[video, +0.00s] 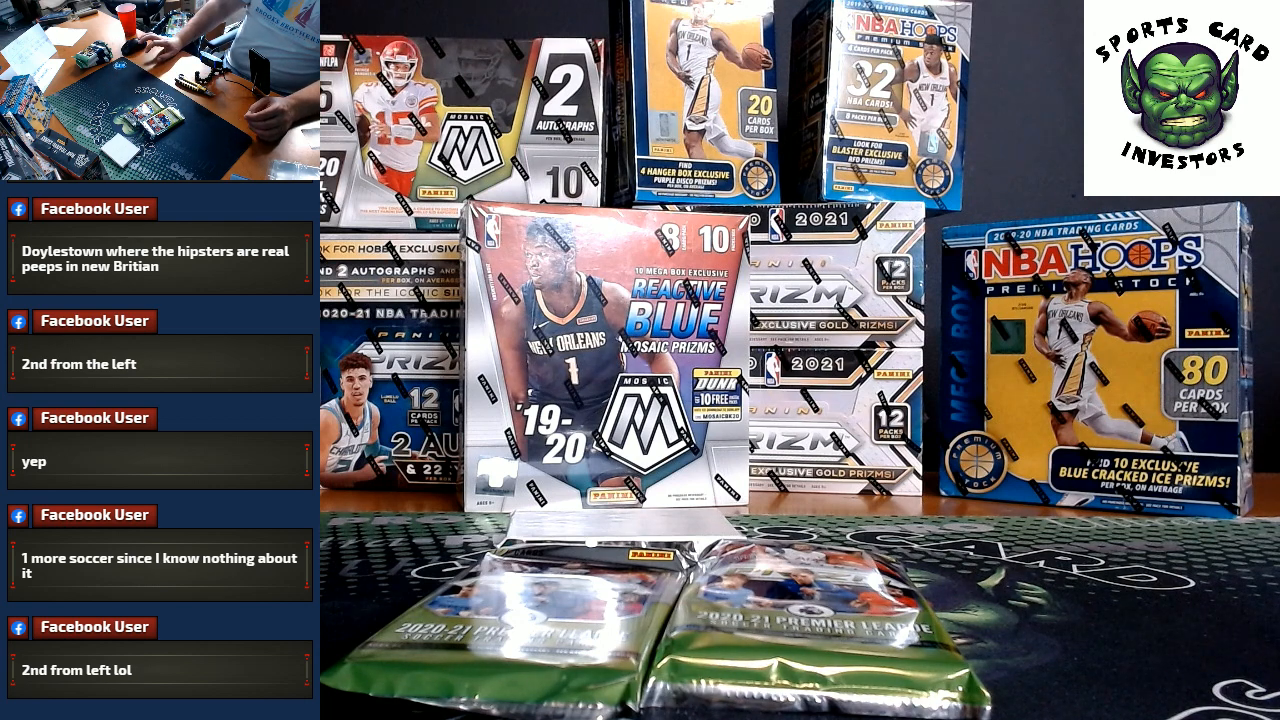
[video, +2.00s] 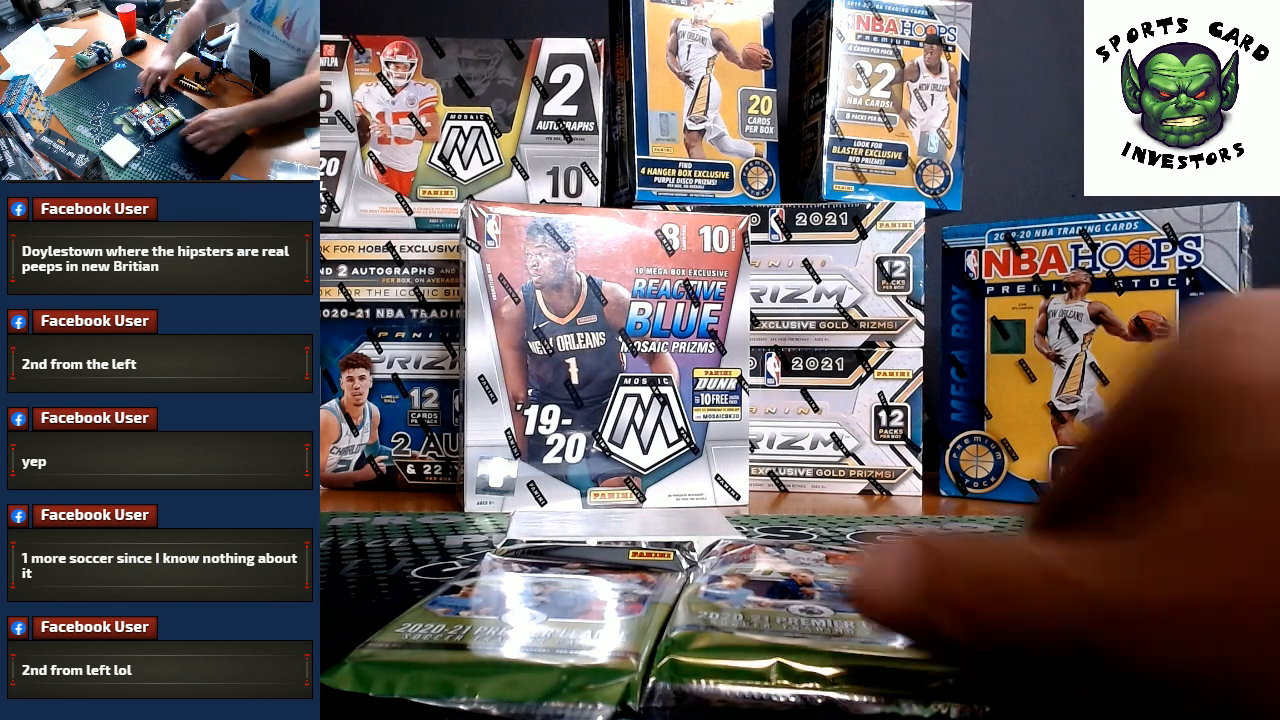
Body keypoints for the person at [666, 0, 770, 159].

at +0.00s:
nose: (697, 9)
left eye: (702, 6)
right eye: (695, 5)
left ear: (711, 12)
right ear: (691, 8)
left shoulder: (715, 34)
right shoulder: (678, 24)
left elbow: (740, 60)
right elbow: (670, 53)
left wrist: (765, 63)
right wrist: (678, 72)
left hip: (705, 87)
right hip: (692, 88)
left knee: (692, 141)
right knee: (725, 145)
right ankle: (767, 158)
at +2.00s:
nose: (697, 9)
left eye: (703, 6)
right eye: (695, 6)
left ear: (711, 12)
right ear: (692, 8)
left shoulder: (715, 34)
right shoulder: (678, 24)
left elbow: (740, 59)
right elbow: (670, 53)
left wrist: (764, 62)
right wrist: (678, 72)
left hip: (705, 87)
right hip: (692, 88)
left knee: (692, 141)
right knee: (725, 145)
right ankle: (766, 157)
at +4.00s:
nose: (697, 9)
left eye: (702, 6)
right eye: (695, 6)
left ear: (711, 11)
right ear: (691, 8)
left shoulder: (715, 34)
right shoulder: (678, 24)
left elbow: (739, 59)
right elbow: (670, 54)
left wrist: (764, 62)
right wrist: (678, 72)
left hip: (705, 87)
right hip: (692, 88)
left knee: (692, 141)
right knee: (725, 145)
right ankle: (764, 157)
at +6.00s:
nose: (695, 11)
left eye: (698, 8)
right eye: (690, 7)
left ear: (704, 8)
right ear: (685, 7)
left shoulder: (712, 31)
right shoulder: (679, 25)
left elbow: (734, 54)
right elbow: (671, 53)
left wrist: (756, 59)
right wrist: (678, 70)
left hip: (706, 84)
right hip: (691, 85)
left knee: (692, 139)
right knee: (724, 142)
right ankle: (756, 152)